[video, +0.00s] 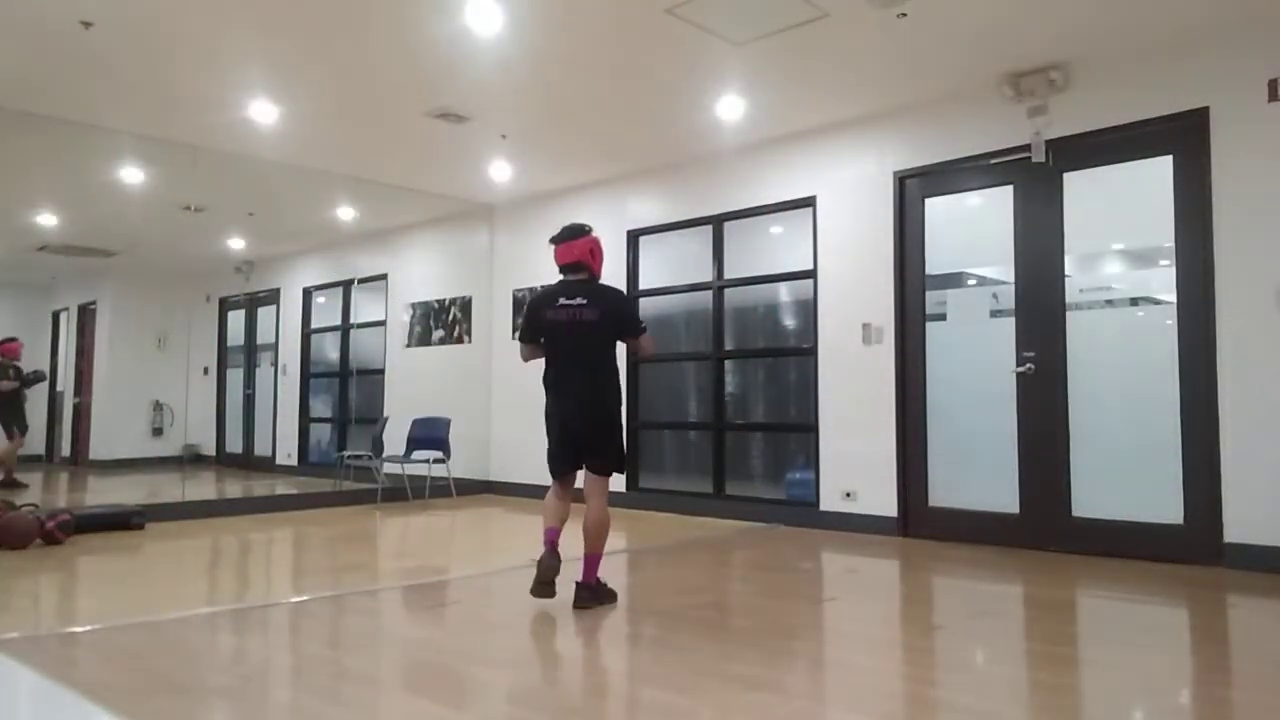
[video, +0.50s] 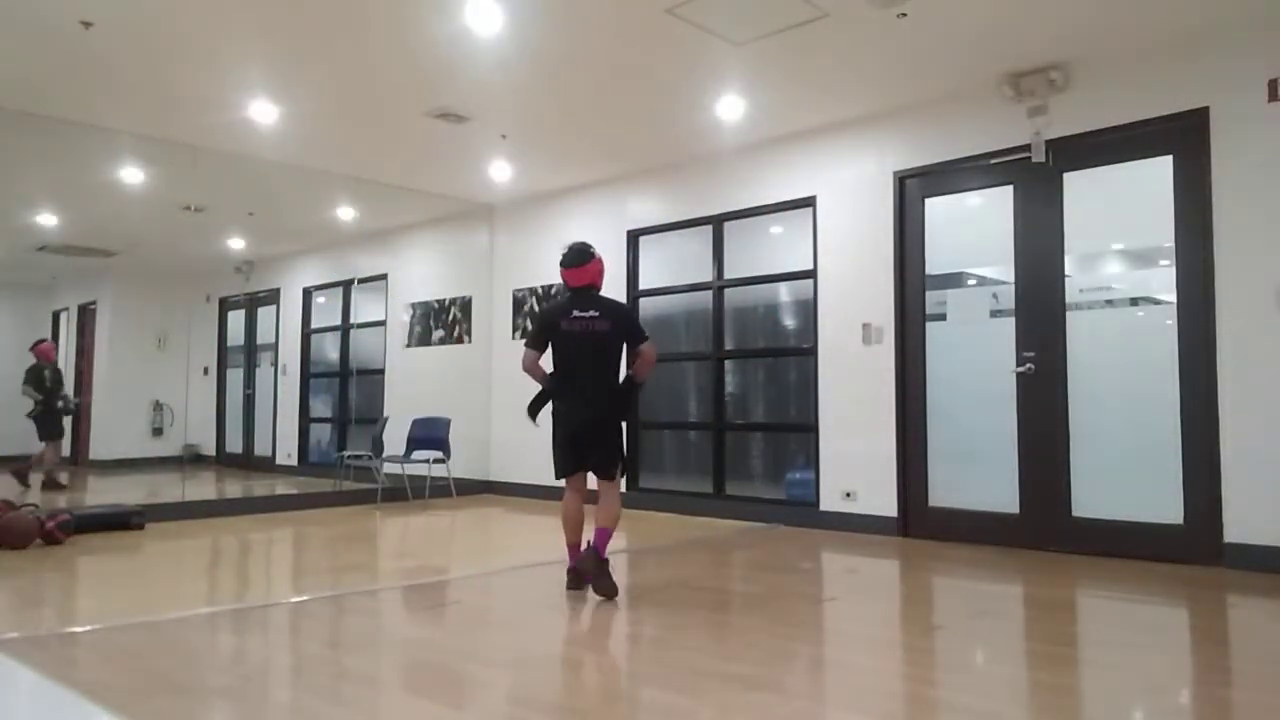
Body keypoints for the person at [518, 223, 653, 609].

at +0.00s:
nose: (601, 257)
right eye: (598, 251)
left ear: (559, 260)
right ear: (594, 256)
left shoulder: (541, 301)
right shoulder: (613, 299)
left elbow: (528, 352)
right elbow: (643, 347)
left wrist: (560, 342)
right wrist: (620, 332)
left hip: (560, 408)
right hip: (601, 407)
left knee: (561, 484)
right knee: (597, 493)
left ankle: (549, 552)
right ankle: (588, 584)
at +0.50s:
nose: (599, 272)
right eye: (598, 267)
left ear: (564, 275)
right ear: (598, 271)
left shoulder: (550, 314)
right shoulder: (618, 312)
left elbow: (529, 363)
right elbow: (647, 354)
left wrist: (552, 385)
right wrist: (628, 388)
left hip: (567, 411)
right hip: (605, 409)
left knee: (573, 487)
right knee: (609, 487)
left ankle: (575, 564)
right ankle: (597, 552)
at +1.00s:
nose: (611, 287)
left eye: (596, 281)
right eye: (614, 281)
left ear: (586, 284)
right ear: (617, 284)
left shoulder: (571, 319)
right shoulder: (631, 319)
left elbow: (552, 366)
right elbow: (653, 361)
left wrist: (569, 395)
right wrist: (648, 393)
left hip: (582, 411)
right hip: (620, 410)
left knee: (583, 483)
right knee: (628, 482)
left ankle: (576, 565)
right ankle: (633, 554)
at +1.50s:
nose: (606, 289)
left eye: (607, 285)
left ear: (611, 288)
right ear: (640, 289)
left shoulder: (597, 320)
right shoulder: (655, 323)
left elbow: (570, 354)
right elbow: (667, 361)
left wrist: (595, 352)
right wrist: (643, 353)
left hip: (607, 411)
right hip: (643, 411)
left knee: (606, 477)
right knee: (637, 480)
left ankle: (607, 546)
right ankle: (633, 554)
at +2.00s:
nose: (592, 302)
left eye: (594, 297)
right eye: (592, 297)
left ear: (600, 298)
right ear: (624, 296)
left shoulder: (595, 330)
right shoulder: (641, 330)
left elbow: (579, 370)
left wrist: (571, 348)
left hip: (599, 411)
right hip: (628, 409)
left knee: (602, 478)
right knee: (625, 469)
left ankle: (606, 545)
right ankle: (636, 524)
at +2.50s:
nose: (593, 315)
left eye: (594, 309)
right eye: (591, 310)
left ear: (608, 303)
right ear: (610, 304)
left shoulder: (620, 329)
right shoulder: (620, 328)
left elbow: (614, 370)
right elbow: (612, 368)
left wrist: (584, 364)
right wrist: (587, 374)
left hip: (608, 415)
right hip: (618, 413)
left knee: (603, 473)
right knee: (617, 471)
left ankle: (606, 544)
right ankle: (627, 537)